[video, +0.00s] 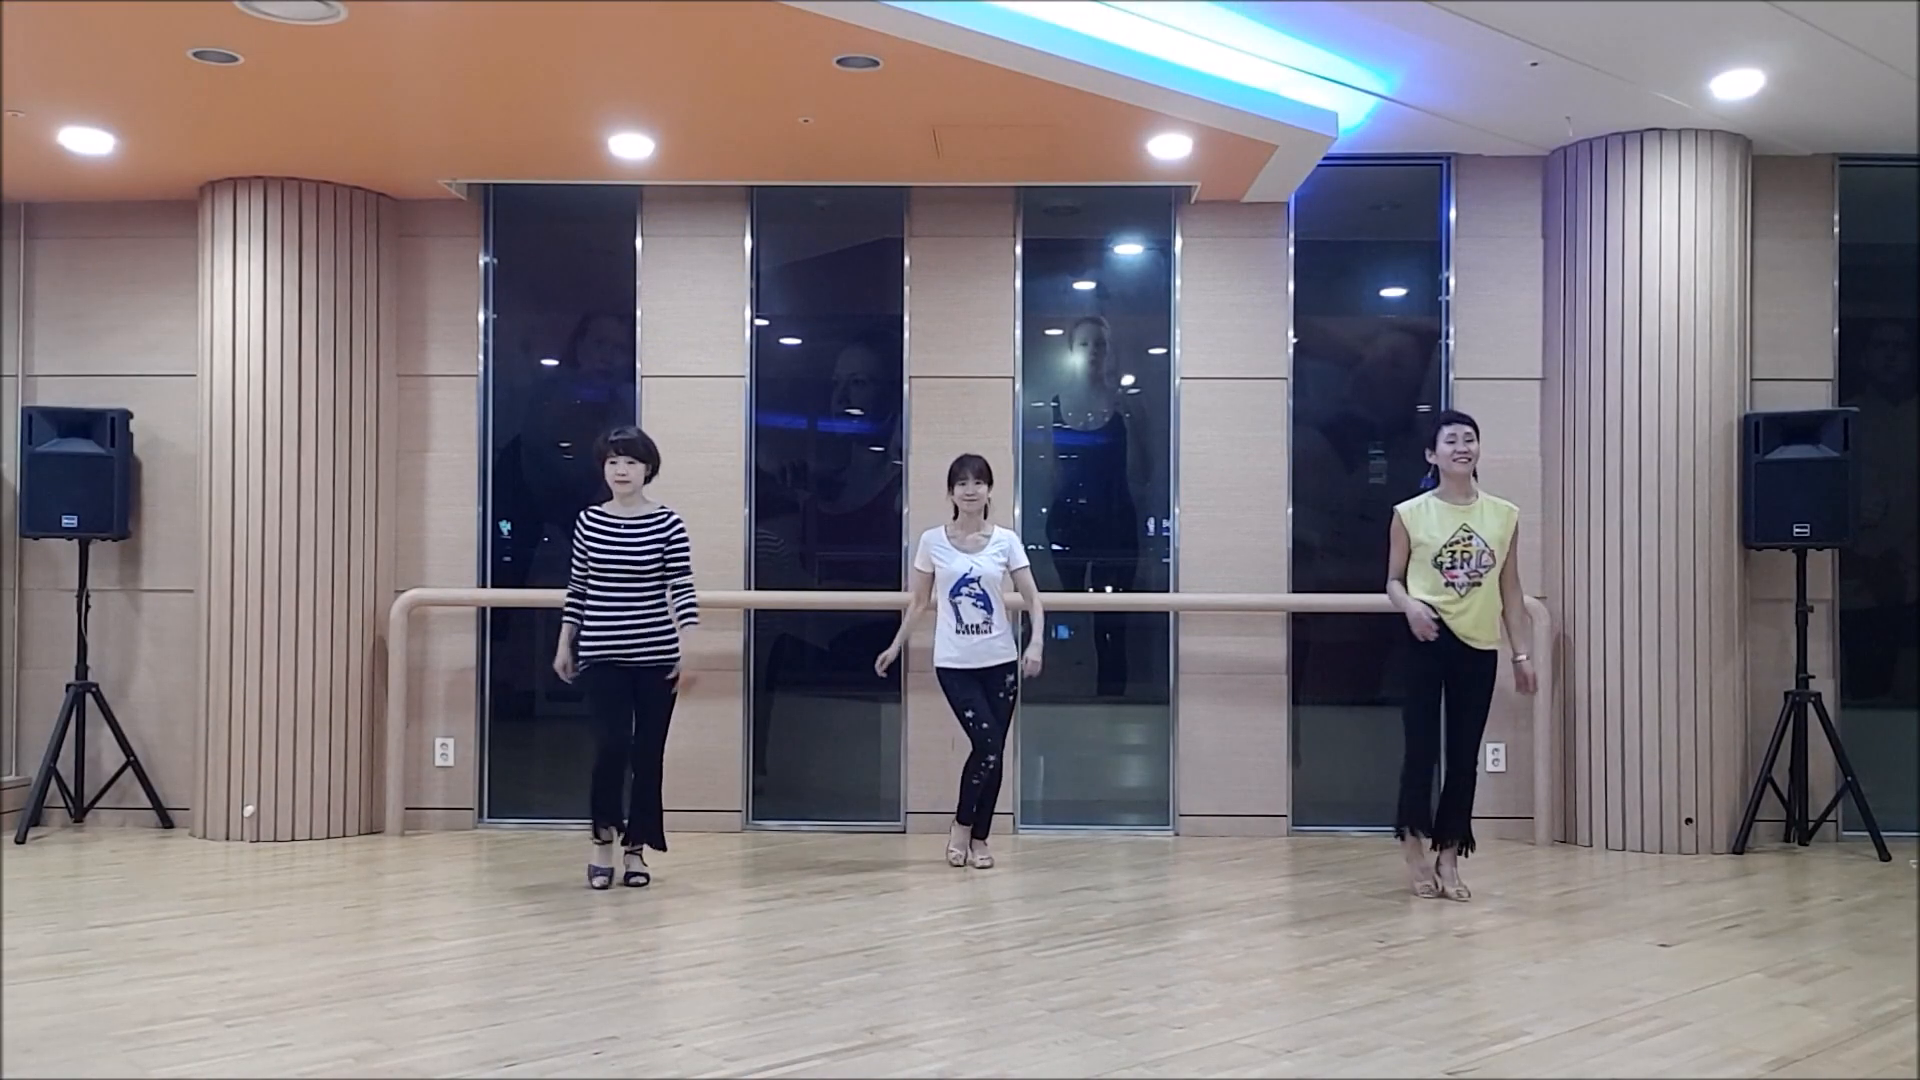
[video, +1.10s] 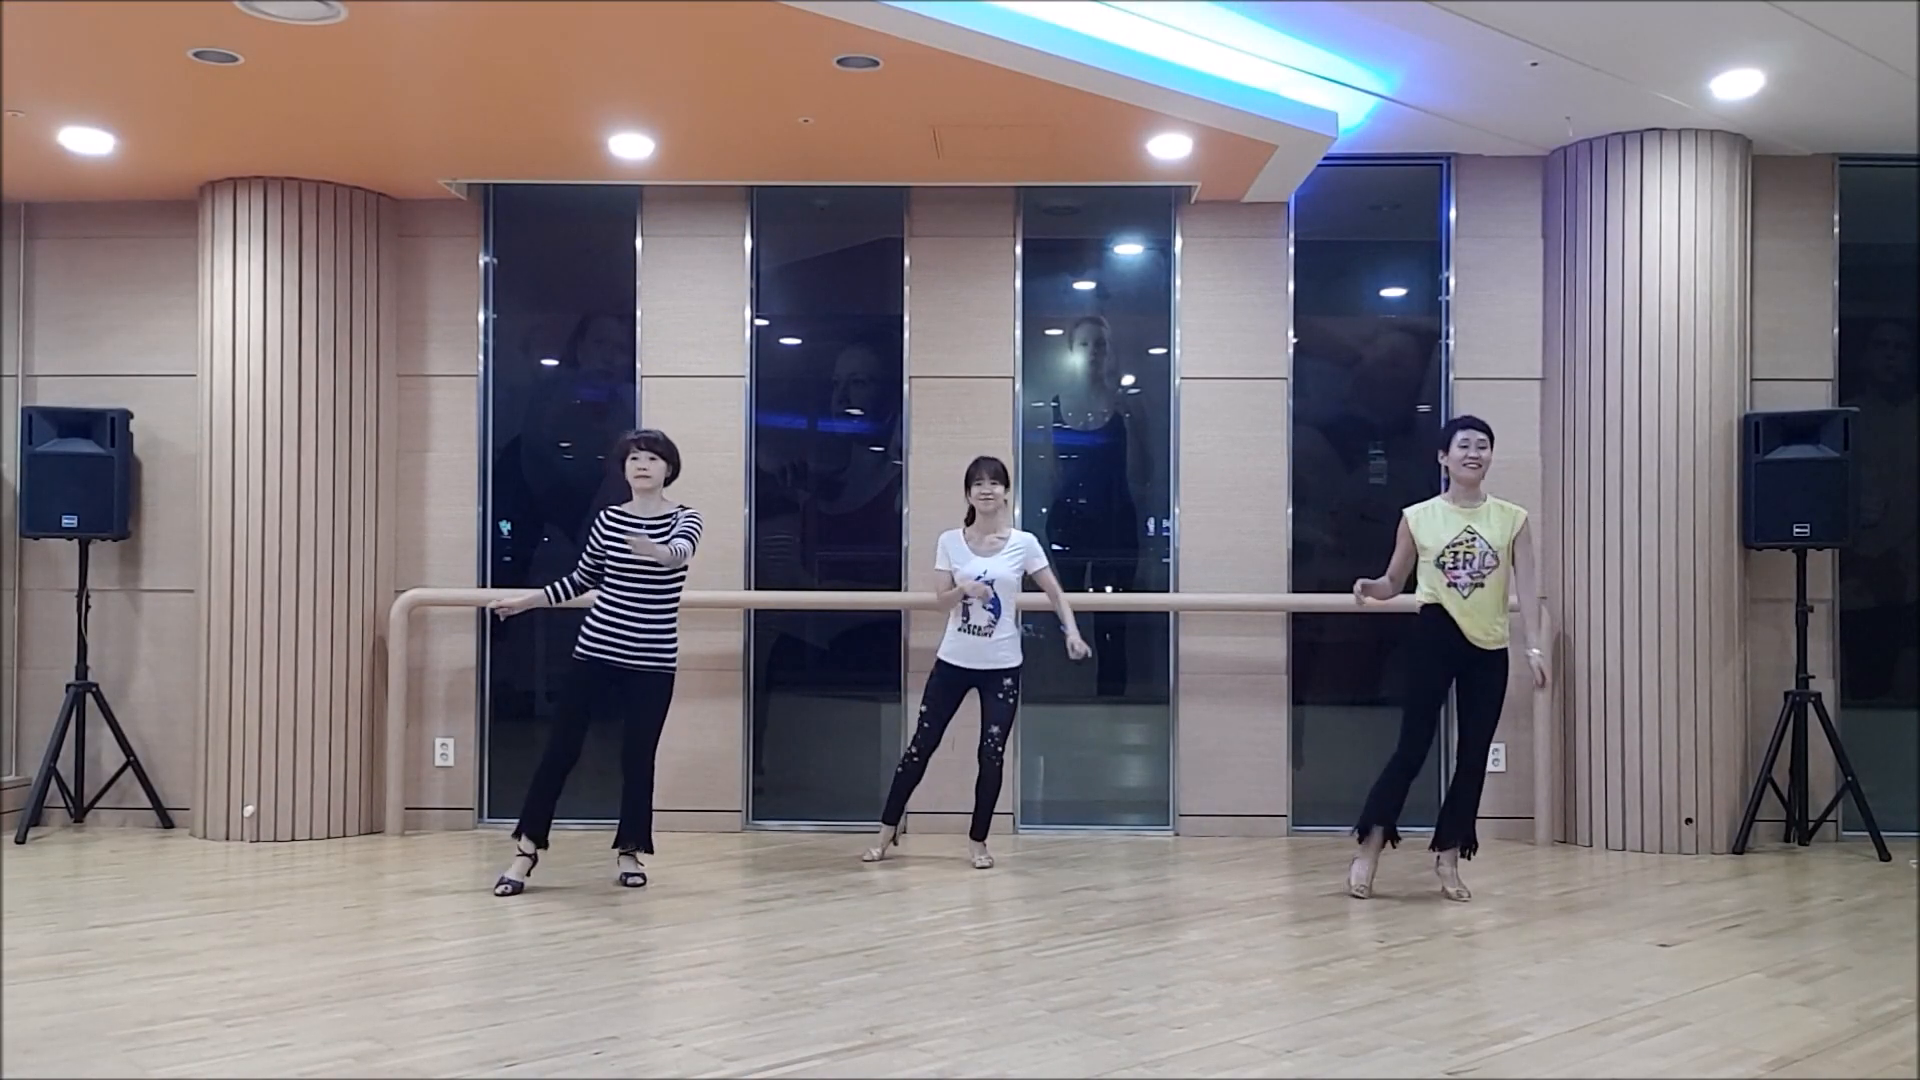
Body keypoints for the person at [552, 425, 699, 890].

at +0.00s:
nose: (620, 470)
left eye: (631, 462)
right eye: (613, 462)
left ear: (648, 469)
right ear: (604, 468)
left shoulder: (666, 522)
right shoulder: (589, 520)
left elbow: (682, 587)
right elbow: (577, 586)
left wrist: (689, 650)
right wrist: (564, 642)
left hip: (657, 655)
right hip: (602, 655)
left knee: (648, 755)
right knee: (612, 746)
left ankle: (635, 850)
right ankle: (602, 842)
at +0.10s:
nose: (624, 468)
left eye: (634, 460)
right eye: (617, 461)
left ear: (652, 467)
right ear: (606, 468)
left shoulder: (675, 520)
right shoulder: (594, 522)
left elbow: (710, 572)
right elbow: (574, 587)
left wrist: (744, 619)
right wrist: (537, 633)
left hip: (652, 657)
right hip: (595, 653)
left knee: (642, 756)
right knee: (580, 744)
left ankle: (634, 851)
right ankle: (562, 837)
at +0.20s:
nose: (626, 468)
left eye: (636, 461)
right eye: (619, 461)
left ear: (654, 468)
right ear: (608, 469)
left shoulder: (680, 519)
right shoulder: (597, 525)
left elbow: (731, 556)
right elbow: (569, 585)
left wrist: (777, 571)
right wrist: (519, 608)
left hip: (646, 658)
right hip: (590, 652)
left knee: (630, 758)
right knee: (559, 745)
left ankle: (633, 855)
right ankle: (520, 850)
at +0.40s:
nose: (630, 464)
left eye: (639, 457)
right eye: (623, 457)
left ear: (656, 467)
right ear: (611, 465)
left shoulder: (677, 519)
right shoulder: (596, 520)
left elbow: (720, 569)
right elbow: (560, 578)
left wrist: (736, 553)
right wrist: (508, 594)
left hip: (651, 658)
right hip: (593, 652)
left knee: (638, 757)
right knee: (564, 747)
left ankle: (633, 854)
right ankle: (530, 847)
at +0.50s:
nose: (629, 463)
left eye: (639, 457)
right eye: (621, 456)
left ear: (656, 467)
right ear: (611, 465)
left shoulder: (671, 522)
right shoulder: (592, 517)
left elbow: (701, 591)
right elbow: (562, 577)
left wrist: (696, 571)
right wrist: (515, 601)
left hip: (657, 653)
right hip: (602, 652)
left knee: (649, 756)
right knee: (601, 747)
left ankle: (635, 851)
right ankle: (574, 840)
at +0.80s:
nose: (630, 459)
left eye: (640, 453)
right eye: (623, 452)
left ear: (656, 465)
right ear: (611, 462)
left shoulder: (674, 515)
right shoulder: (596, 515)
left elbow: (679, 578)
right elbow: (575, 581)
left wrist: (635, 547)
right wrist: (524, 608)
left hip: (650, 652)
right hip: (594, 647)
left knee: (641, 752)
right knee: (572, 743)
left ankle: (633, 851)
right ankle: (537, 847)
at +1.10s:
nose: (642, 465)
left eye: (652, 459)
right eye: (635, 459)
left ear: (669, 469)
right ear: (624, 469)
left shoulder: (685, 518)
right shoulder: (609, 519)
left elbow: (678, 553)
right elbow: (582, 579)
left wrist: (649, 546)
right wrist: (528, 599)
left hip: (653, 659)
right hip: (596, 651)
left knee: (639, 757)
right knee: (561, 747)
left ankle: (630, 854)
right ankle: (527, 851)